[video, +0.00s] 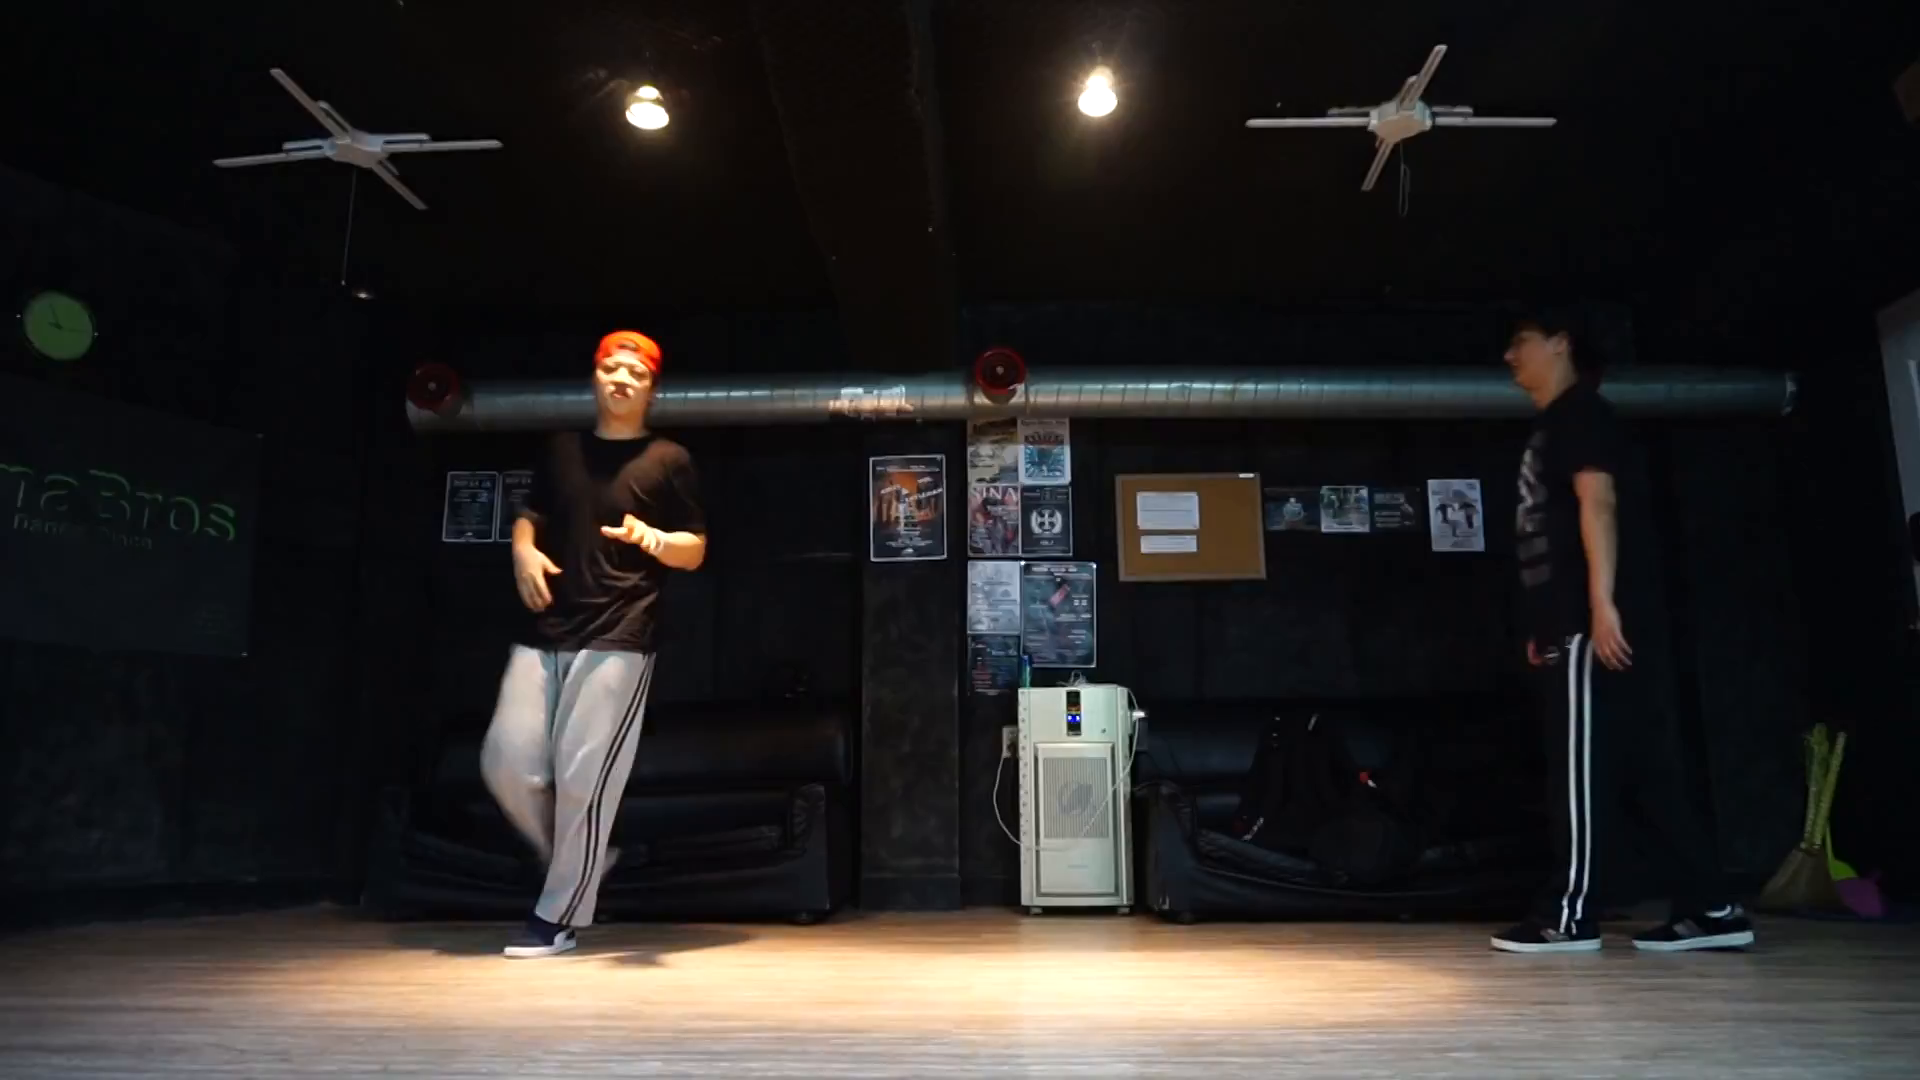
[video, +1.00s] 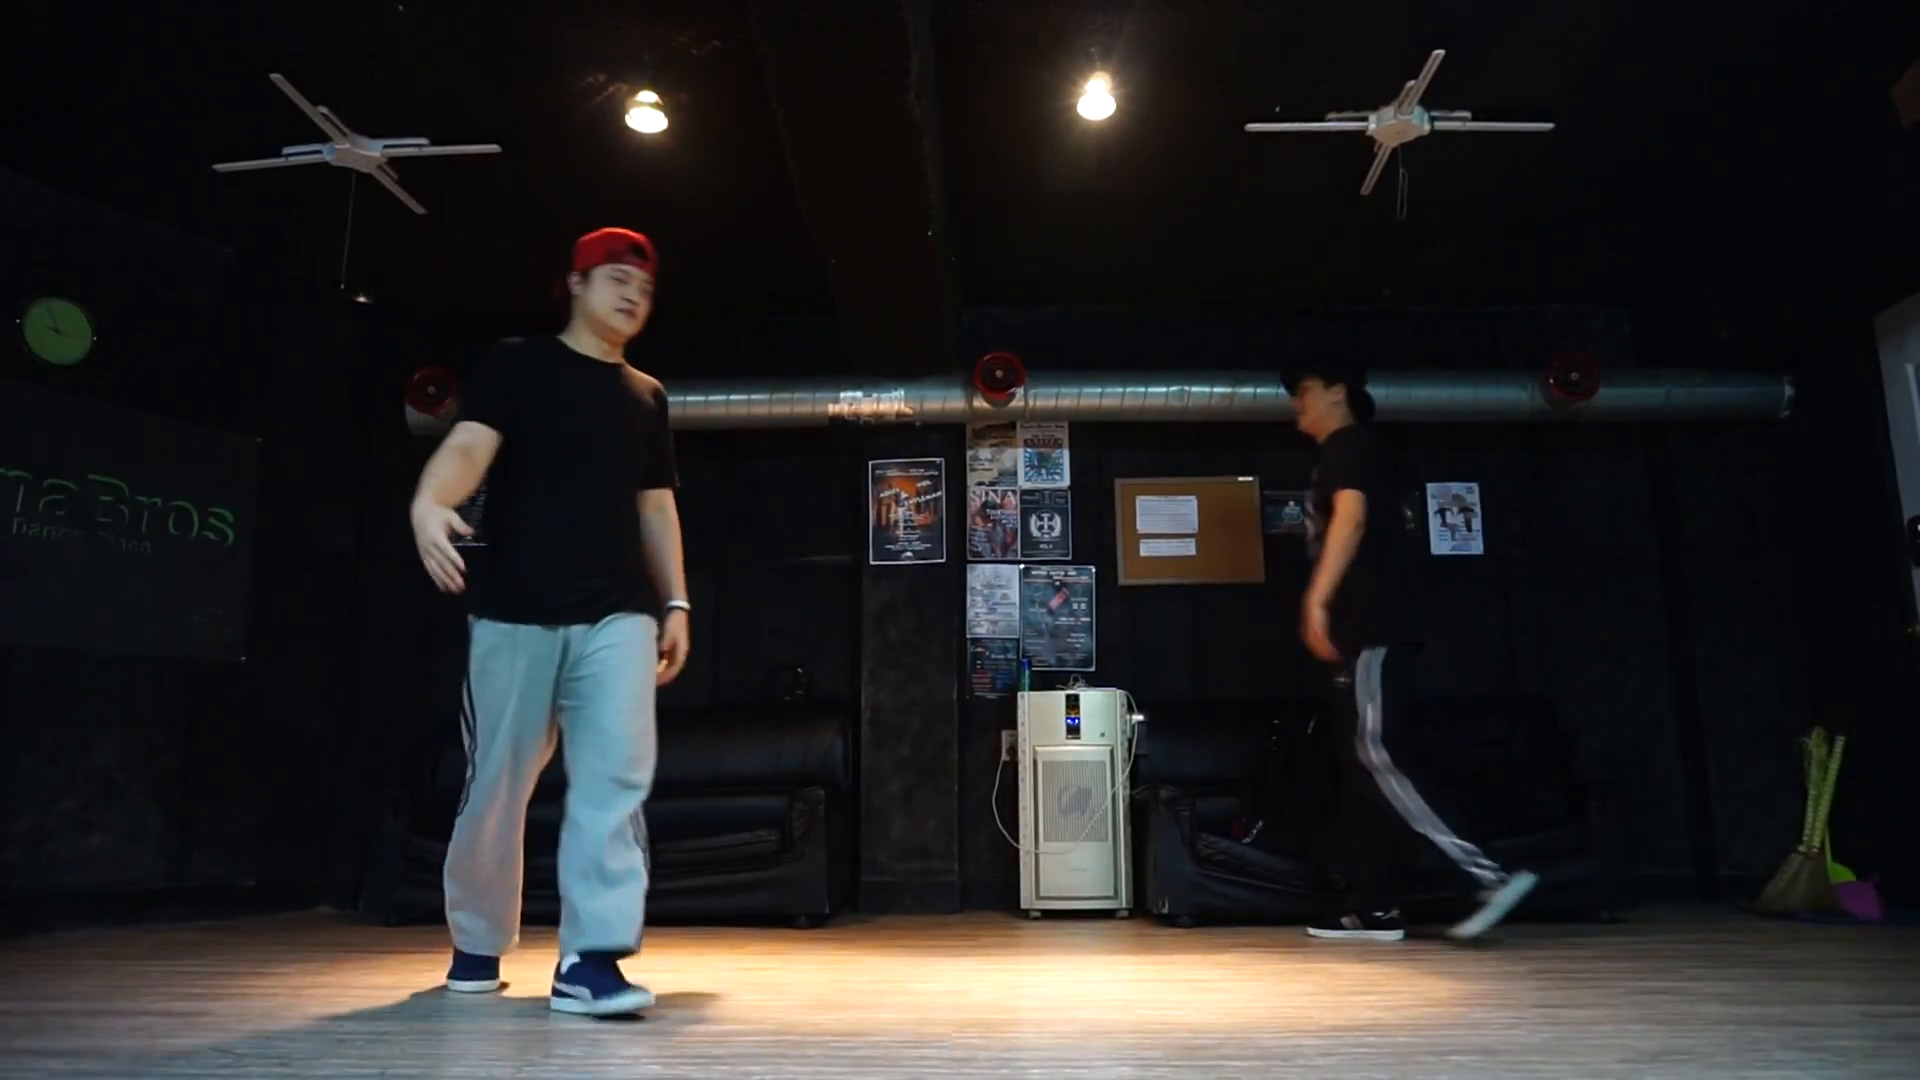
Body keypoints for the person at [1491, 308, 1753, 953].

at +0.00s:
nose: (1509, 355)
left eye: (1522, 341)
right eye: (1512, 343)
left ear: (1561, 346)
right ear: (1548, 351)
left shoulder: (1581, 416)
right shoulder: (1551, 427)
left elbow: (1599, 505)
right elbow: (1548, 531)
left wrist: (1603, 604)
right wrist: (1542, 622)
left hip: (1588, 625)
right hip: (1570, 627)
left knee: (1580, 774)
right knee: (1647, 766)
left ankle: (1571, 919)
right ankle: (1712, 908)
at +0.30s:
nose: (1444, 381)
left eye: (1452, 366)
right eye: (1443, 370)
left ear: (1488, 363)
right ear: (1483, 368)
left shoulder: (1522, 426)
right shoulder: (1502, 434)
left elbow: (1524, 522)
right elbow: (1505, 538)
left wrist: (1517, 622)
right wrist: (1495, 627)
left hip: (1540, 627)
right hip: (1531, 627)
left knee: (1540, 773)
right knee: (1558, 763)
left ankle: (1567, 923)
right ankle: (1639, 864)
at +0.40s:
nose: (1435, 376)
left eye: (1443, 362)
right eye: (1435, 366)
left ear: (1480, 361)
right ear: (1477, 366)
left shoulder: (1502, 426)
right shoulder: (1501, 425)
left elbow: (1490, 519)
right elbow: (1500, 527)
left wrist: (1474, 619)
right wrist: (1493, 618)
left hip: (1526, 622)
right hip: (1526, 619)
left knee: (1535, 769)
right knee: (1529, 764)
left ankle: (1567, 921)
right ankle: (1594, 861)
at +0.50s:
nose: (1425, 372)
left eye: (1435, 359)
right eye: (1425, 361)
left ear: (1469, 361)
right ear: (1464, 363)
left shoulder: (1478, 422)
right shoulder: (1472, 424)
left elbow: (1460, 514)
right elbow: (1473, 525)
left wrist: (1432, 610)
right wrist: (1459, 613)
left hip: (1506, 620)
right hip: (1489, 622)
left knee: (1525, 773)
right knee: (1494, 771)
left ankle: (1565, 921)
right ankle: (1519, 904)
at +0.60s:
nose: (1405, 378)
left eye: (1416, 365)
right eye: (1407, 366)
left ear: (1449, 369)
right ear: (1448, 371)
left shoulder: (1454, 428)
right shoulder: (1468, 431)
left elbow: (1432, 518)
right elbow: (1456, 530)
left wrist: (1393, 607)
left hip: (1490, 623)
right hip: (1473, 623)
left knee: (1519, 772)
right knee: (1453, 766)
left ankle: (1568, 922)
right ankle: (1440, 904)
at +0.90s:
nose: (1316, 415)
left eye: (1323, 402)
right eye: (1315, 405)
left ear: (1356, 398)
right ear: (1354, 401)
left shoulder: (1375, 449)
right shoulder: (1375, 453)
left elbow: (1371, 533)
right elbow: (1381, 544)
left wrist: (1345, 621)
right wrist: (1363, 625)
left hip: (1403, 628)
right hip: (1390, 631)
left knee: (1428, 757)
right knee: (1379, 765)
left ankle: (1542, 904)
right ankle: (1377, 910)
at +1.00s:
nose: (1296, 406)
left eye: (1303, 393)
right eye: (1296, 395)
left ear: (1337, 392)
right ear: (1336, 393)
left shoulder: (1352, 446)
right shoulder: (1345, 450)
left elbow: (1350, 520)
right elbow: (1353, 531)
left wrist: (1316, 601)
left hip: (1375, 622)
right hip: (1363, 623)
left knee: (1376, 755)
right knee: (1358, 761)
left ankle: (1491, 879)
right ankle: (1374, 907)